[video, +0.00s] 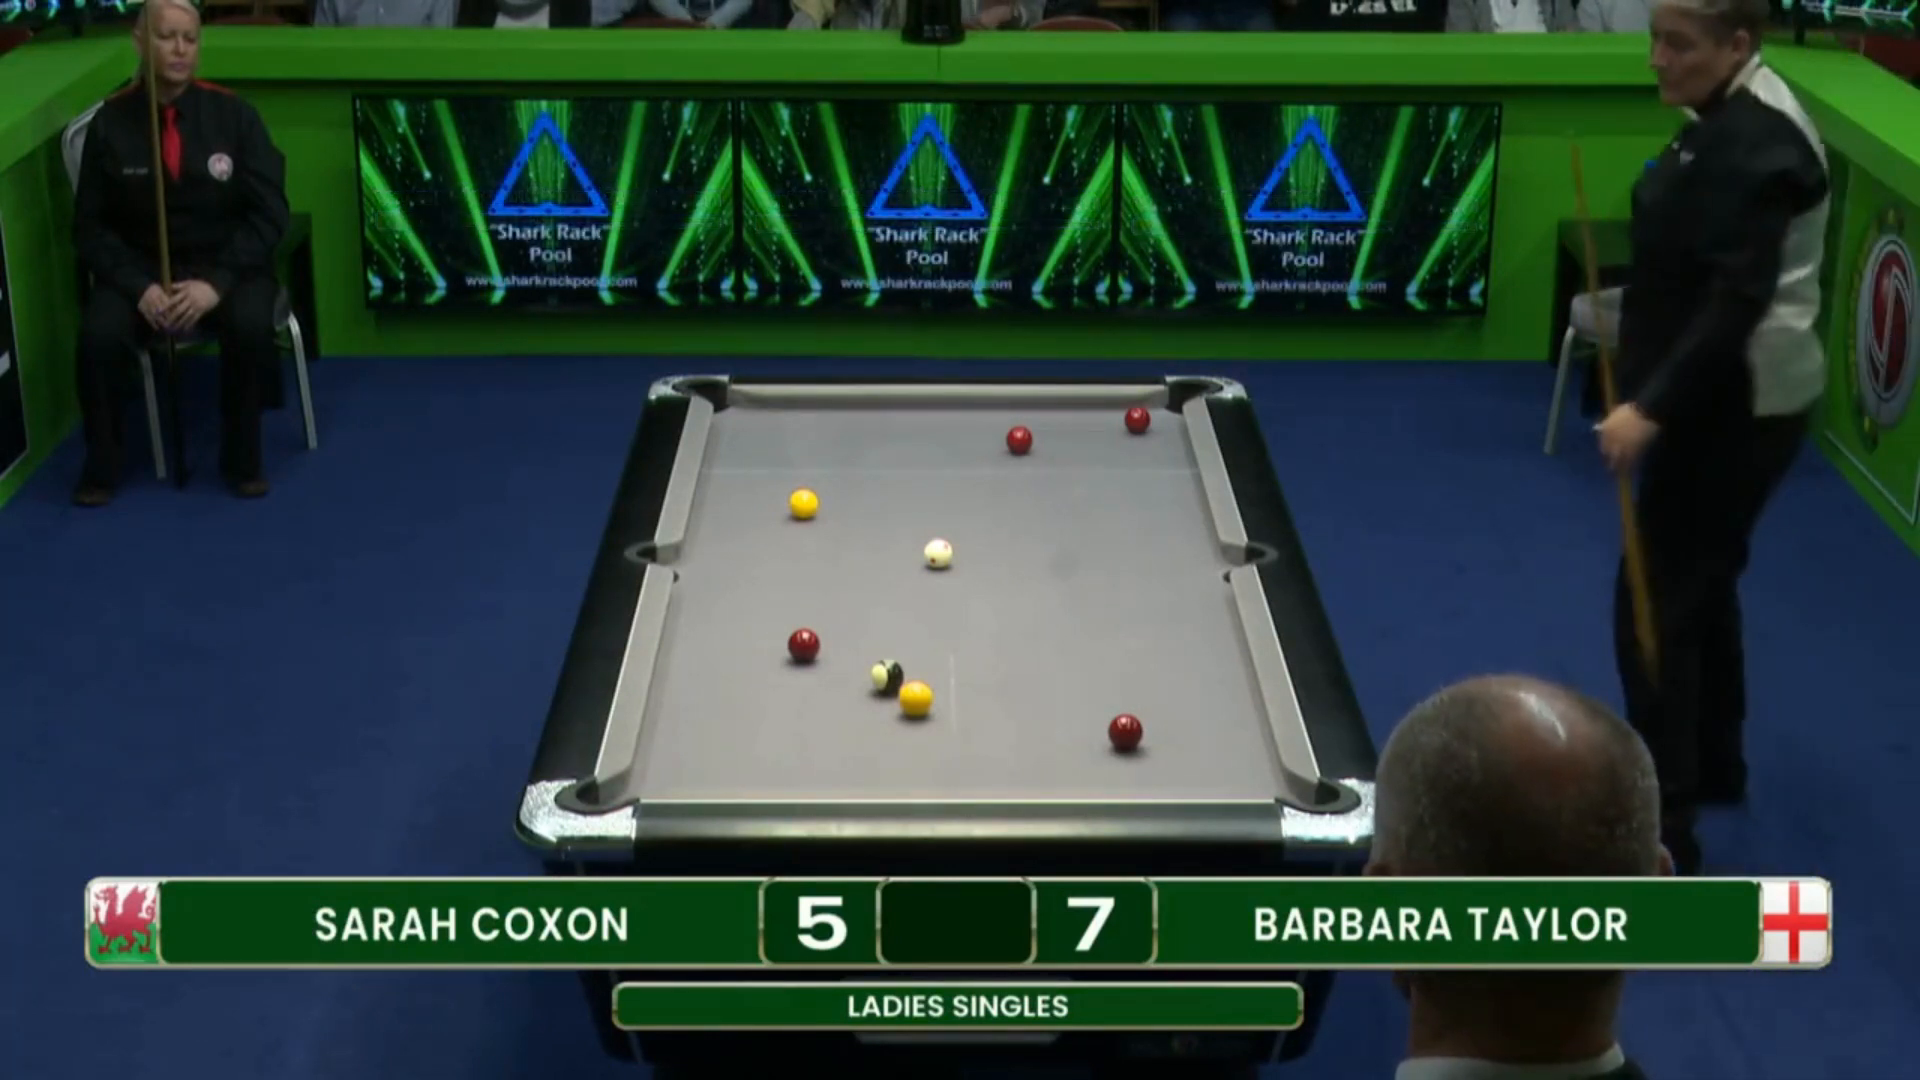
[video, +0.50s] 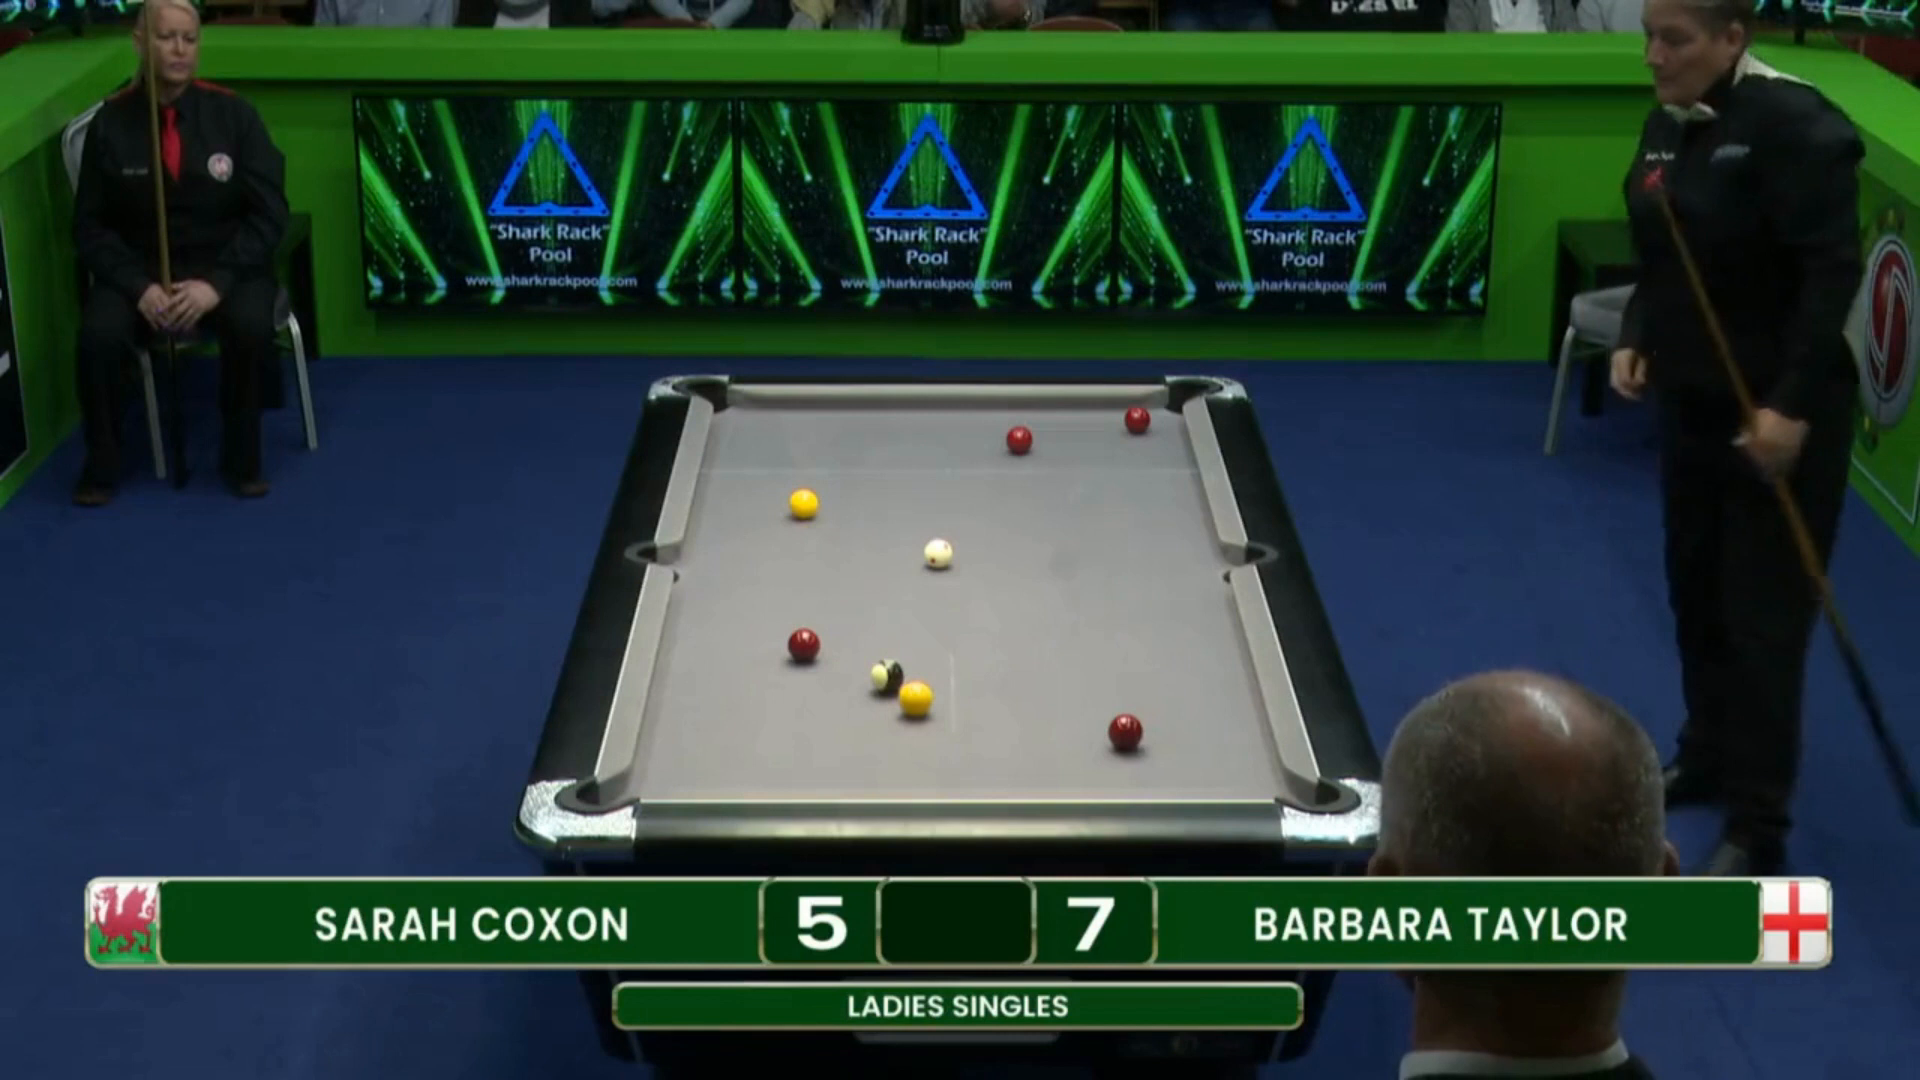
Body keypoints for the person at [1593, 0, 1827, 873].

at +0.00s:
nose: (1659, 60)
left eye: (1677, 43)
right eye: (1656, 41)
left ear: (1737, 46)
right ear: (1719, 44)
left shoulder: (1754, 142)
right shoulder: (1732, 118)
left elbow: (1735, 302)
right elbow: (1699, 273)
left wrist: (1649, 406)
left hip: (1731, 410)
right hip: (1722, 396)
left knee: (1654, 601)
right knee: (1699, 586)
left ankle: (1666, 814)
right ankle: (1714, 765)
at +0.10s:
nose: (1656, 58)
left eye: (1673, 41)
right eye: (1651, 40)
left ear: (1731, 39)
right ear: (1658, 35)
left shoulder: (1762, 137)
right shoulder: (1716, 119)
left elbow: (1755, 296)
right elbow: (1698, 267)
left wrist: (1674, 401)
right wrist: (1656, 368)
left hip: (1749, 406)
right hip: (1715, 396)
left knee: (1660, 596)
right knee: (1698, 585)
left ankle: (1675, 819)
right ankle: (1713, 767)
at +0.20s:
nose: (1649, 54)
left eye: (1668, 37)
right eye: (1644, 35)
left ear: (1725, 35)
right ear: (1646, 30)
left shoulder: (1774, 131)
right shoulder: (1692, 114)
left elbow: (1779, 283)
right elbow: (1693, 258)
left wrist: (1711, 397)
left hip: (1767, 399)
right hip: (1707, 388)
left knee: (1704, 601)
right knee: (1690, 592)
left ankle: (1683, 815)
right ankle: (1704, 767)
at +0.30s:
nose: (1648, 54)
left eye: (1665, 37)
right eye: (1642, 35)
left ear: (1721, 35)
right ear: (1646, 32)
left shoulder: (1782, 126)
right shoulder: (1682, 114)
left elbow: (1794, 279)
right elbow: (1678, 262)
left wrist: (1734, 397)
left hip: (1773, 404)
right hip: (1699, 392)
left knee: (1725, 611)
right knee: (1694, 595)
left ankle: (1696, 834)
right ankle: (1698, 791)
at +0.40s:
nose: (1651, 54)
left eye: (1669, 38)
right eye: (1644, 36)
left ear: (1727, 36)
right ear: (1642, 31)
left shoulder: (1795, 126)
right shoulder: (1671, 118)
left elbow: (1813, 277)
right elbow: (1668, 252)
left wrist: (1769, 397)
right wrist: (1646, 333)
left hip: (1780, 409)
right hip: (1696, 395)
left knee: (1746, 611)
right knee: (1696, 587)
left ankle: (1740, 830)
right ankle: (1705, 757)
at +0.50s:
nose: (1654, 55)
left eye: (1673, 39)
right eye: (1650, 37)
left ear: (1733, 39)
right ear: (1651, 34)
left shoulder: (1806, 130)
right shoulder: (1666, 125)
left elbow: (1832, 278)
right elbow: (1659, 257)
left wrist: (1790, 402)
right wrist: (1636, 336)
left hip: (1786, 417)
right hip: (1697, 406)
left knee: (1763, 617)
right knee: (1700, 595)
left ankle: (1756, 830)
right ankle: (1707, 760)